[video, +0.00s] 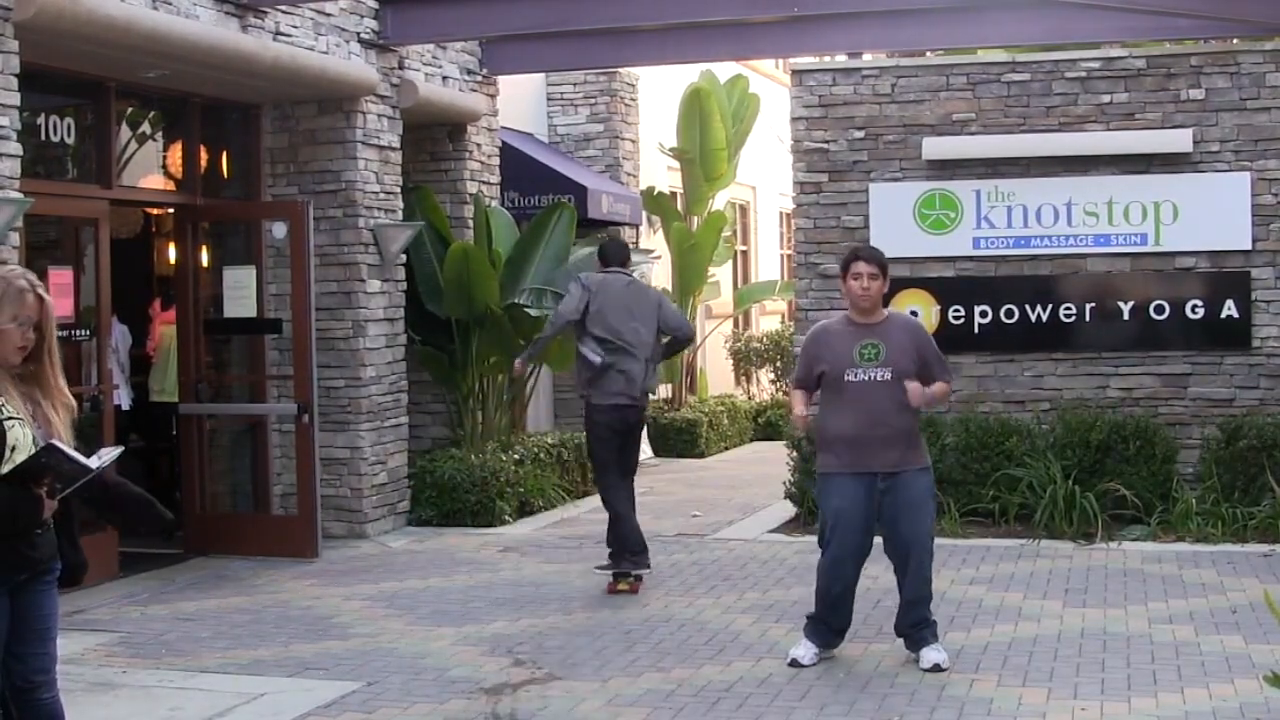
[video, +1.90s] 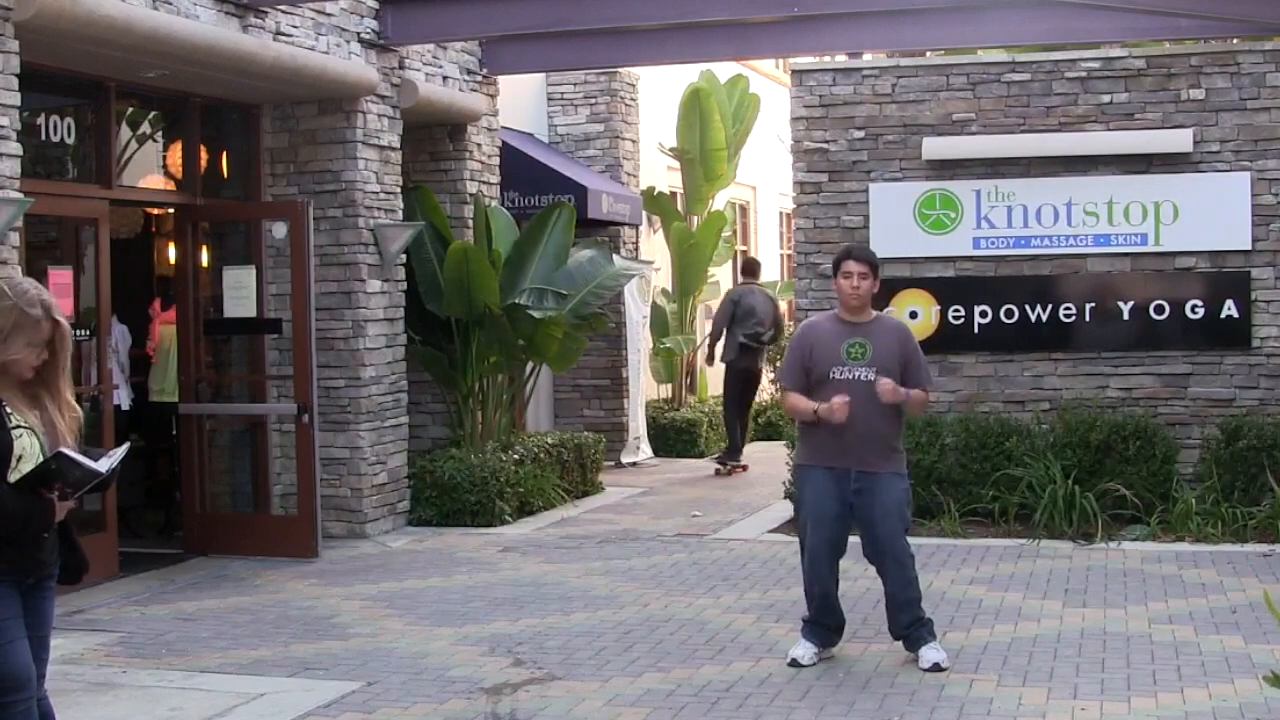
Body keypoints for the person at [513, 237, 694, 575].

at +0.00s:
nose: (597, 266)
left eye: (597, 260)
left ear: (599, 262)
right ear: (628, 263)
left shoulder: (589, 284)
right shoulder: (650, 294)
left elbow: (563, 318)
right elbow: (685, 333)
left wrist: (527, 356)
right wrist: (654, 356)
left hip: (601, 402)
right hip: (636, 404)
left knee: (609, 480)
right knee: (623, 479)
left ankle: (635, 557)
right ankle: (621, 558)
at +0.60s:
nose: (616, 271)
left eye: (616, 266)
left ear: (617, 267)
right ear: (640, 267)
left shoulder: (617, 286)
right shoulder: (659, 294)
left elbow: (602, 319)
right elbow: (684, 330)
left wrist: (569, 343)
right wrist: (659, 346)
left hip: (619, 383)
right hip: (644, 386)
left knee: (618, 446)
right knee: (629, 448)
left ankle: (630, 512)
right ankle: (623, 507)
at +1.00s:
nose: (643, 268)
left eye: (643, 263)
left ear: (643, 265)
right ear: (664, 266)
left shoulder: (636, 289)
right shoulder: (677, 293)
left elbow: (625, 324)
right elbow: (686, 330)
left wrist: (613, 352)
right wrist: (676, 349)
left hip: (639, 369)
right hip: (665, 371)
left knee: (637, 428)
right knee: (650, 428)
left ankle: (644, 488)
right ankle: (642, 484)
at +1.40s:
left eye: (691, 266)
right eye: (703, 270)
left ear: (686, 268)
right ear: (705, 272)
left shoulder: (674, 289)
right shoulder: (711, 298)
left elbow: (662, 324)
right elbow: (716, 335)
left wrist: (655, 349)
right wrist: (697, 345)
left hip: (670, 364)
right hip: (693, 368)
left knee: (670, 417)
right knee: (684, 419)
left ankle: (676, 469)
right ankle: (678, 468)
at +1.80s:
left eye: (730, 268)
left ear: (728, 270)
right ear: (746, 271)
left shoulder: (720, 293)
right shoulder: (756, 296)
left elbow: (708, 325)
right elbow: (763, 330)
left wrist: (697, 350)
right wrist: (750, 342)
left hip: (723, 357)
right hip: (745, 358)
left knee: (717, 407)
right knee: (731, 409)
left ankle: (721, 457)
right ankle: (722, 456)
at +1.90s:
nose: (743, 275)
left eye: (741, 271)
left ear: (741, 272)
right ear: (759, 274)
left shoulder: (735, 294)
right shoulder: (769, 297)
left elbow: (719, 324)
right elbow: (778, 330)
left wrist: (711, 349)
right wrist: (764, 343)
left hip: (736, 361)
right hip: (755, 363)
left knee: (730, 407)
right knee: (745, 409)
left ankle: (733, 453)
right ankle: (736, 452)